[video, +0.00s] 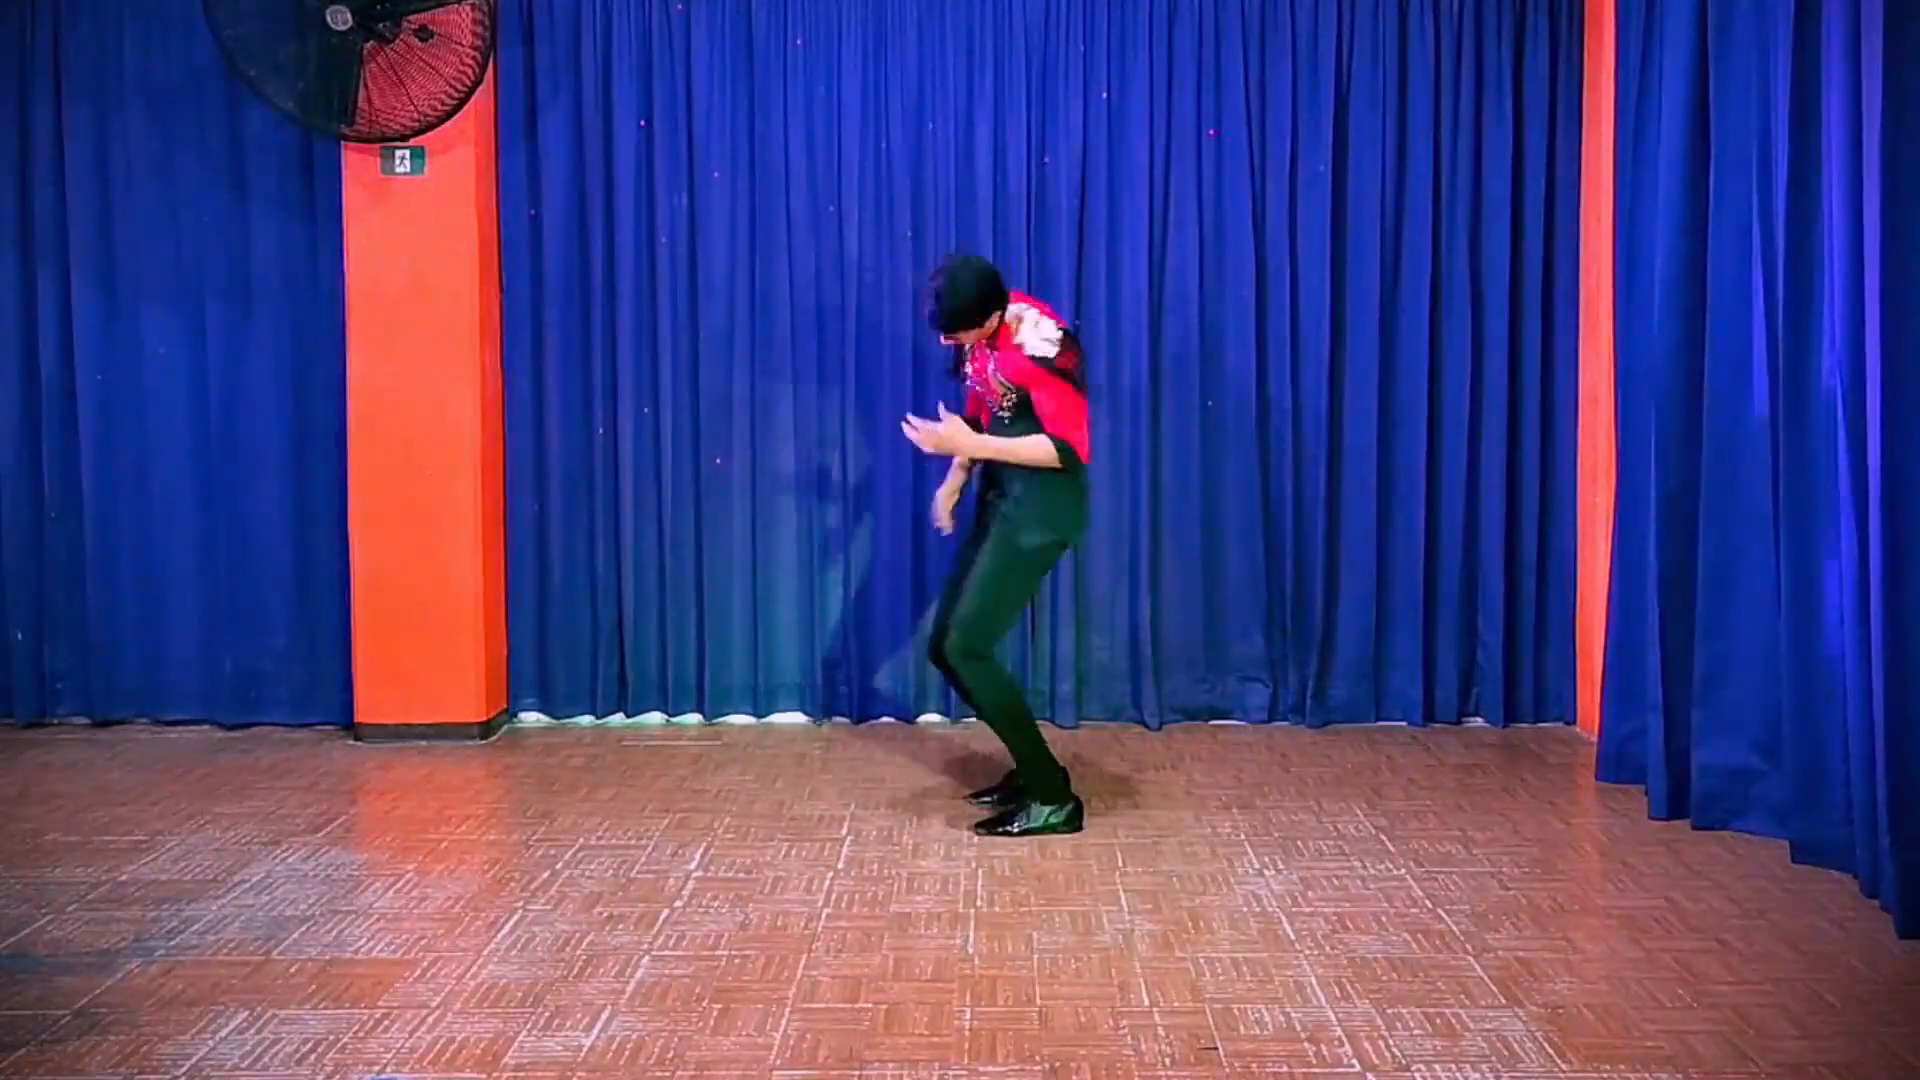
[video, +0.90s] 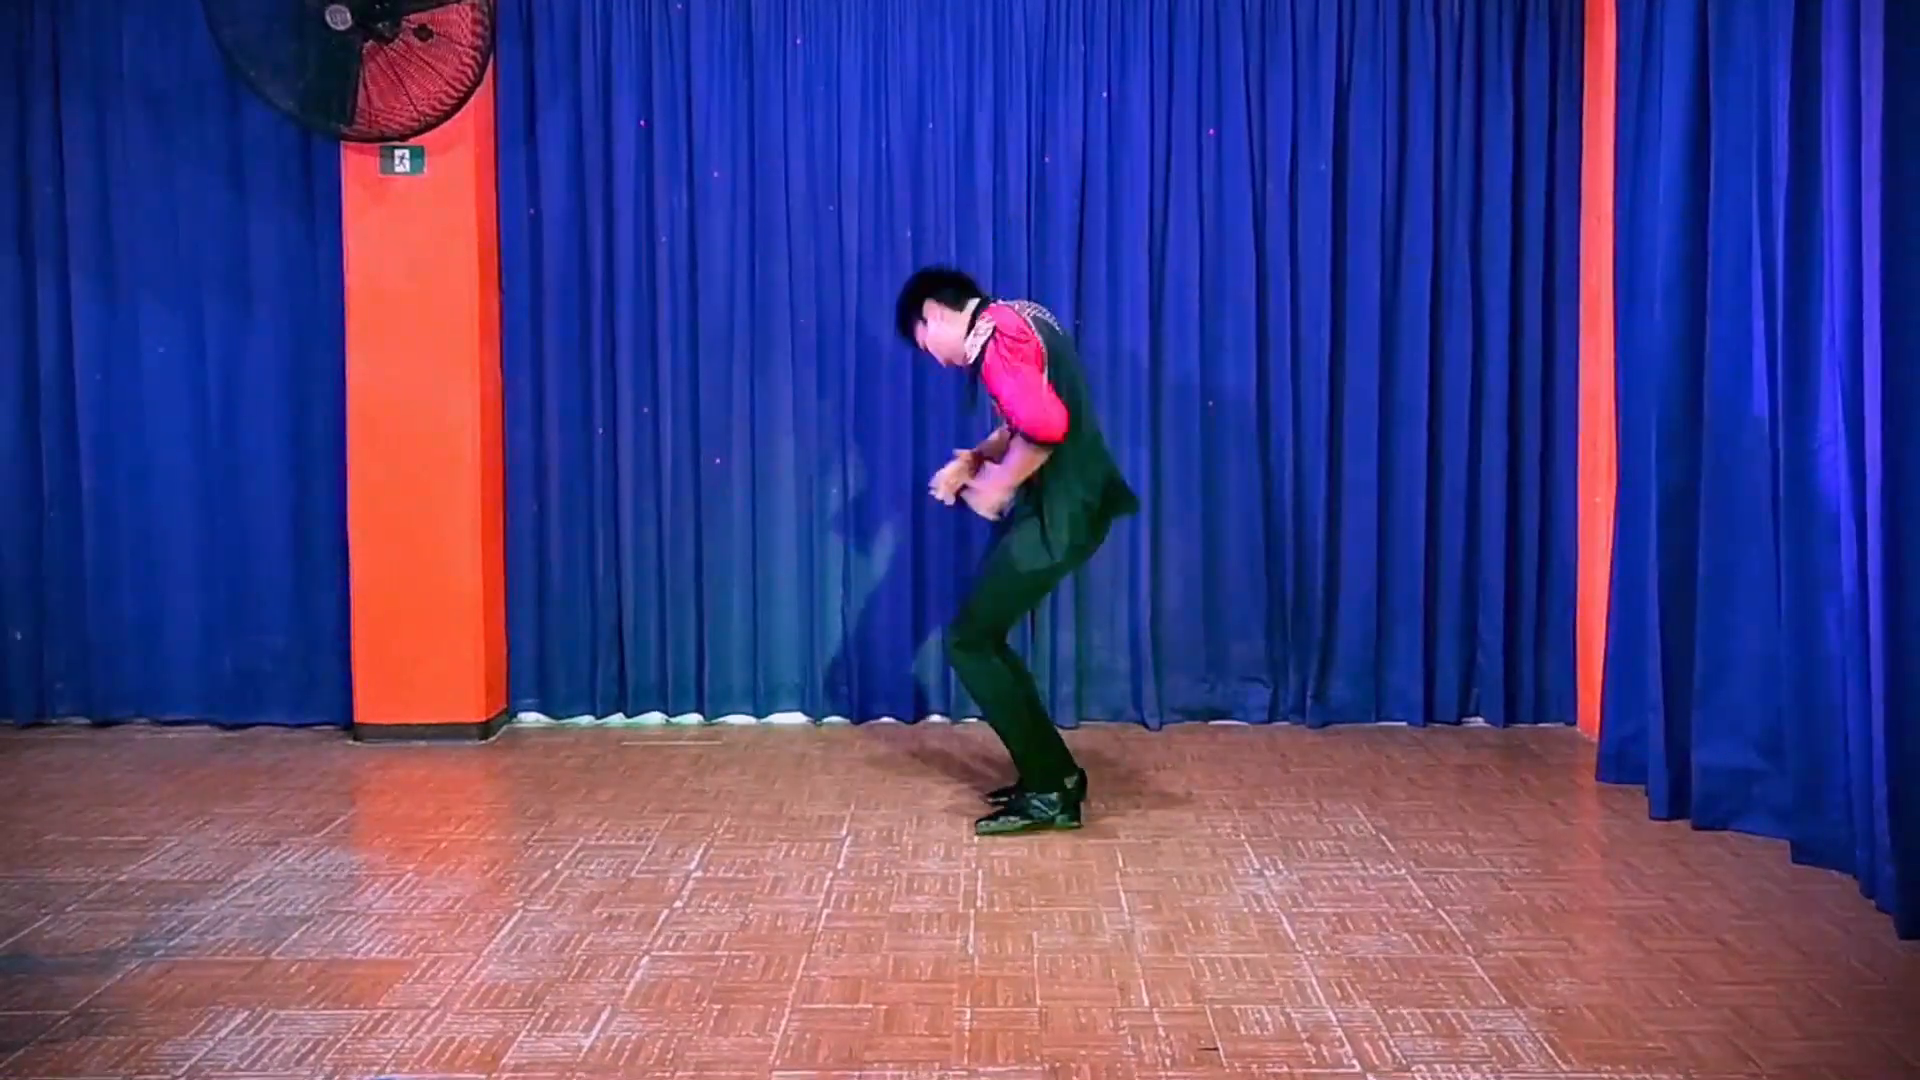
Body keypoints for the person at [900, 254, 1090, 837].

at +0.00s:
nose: (954, 342)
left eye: (962, 332)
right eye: (949, 333)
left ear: (992, 316)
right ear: (959, 315)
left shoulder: (1037, 352)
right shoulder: (985, 336)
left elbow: (1069, 448)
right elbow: (989, 420)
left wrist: (969, 443)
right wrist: (955, 480)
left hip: (1042, 511)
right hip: (1002, 505)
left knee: (965, 646)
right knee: (946, 645)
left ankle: (1053, 797)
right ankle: (1030, 773)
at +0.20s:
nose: (915, 284)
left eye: (917, 268)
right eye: (912, 271)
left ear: (946, 260)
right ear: (958, 260)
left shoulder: (993, 327)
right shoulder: (1000, 301)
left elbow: (997, 453)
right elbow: (1000, 407)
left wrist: (932, 471)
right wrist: (976, 465)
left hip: (1055, 499)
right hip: (1038, 491)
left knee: (971, 640)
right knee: (980, 620)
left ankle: (1053, 802)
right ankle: (1016, 747)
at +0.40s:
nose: (923, 280)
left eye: (934, 269)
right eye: (925, 267)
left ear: (973, 278)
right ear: (975, 277)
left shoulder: (989, 350)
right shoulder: (1019, 313)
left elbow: (945, 453)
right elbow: (1013, 430)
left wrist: (850, 431)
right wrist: (947, 463)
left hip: (1053, 511)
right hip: (1045, 496)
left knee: (958, 651)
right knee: (977, 624)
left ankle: (1053, 800)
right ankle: (1018, 746)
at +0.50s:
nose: (936, 268)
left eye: (946, 255)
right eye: (935, 255)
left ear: (987, 257)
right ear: (984, 259)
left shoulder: (1003, 325)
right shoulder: (1024, 300)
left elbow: (922, 419)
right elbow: (1026, 411)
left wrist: (861, 336)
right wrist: (962, 453)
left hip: (1053, 500)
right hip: (1041, 488)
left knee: (970, 642)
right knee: (964, 614)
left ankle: (1053, 800)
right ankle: (1020, 745)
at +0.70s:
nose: (949, 257)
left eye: (966, 251)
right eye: (953, 243)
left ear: (1004, 272)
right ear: (978, 263)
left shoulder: (1018, 323)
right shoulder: (1002, 305)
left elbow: (925, 382)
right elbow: (1034, 403)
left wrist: (936, 328)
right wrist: (1012, 473)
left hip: (1061, 503)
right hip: (1035, 496)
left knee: (978, 642)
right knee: (964, 637)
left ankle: (1055, 795)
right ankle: (1045, 768)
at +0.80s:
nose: (926, 277)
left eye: (939, 263)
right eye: (929, 263)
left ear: (980, 273)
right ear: (978, 275)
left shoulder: (1002, 335)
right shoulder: (1007, 320)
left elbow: (973, 452)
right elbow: (1031, 439)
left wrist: (949, 409)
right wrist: (979, 486)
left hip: (1064, 510)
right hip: (1056, 503)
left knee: (972, 644)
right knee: (975, 638)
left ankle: (1056, 793)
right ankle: (1043, 775)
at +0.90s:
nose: (932, 356)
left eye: (924, 341)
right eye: (923, 347)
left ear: (936, 313)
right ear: (958, 306)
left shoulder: (999, 345)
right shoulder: (1013, 320)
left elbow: (1047, 428)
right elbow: (1021, 424)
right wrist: (974, 460)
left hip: (1065, 510)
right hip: (1070, 501)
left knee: (969, 641)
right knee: (977, 635)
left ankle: (1050, 790)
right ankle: (1051, 775)